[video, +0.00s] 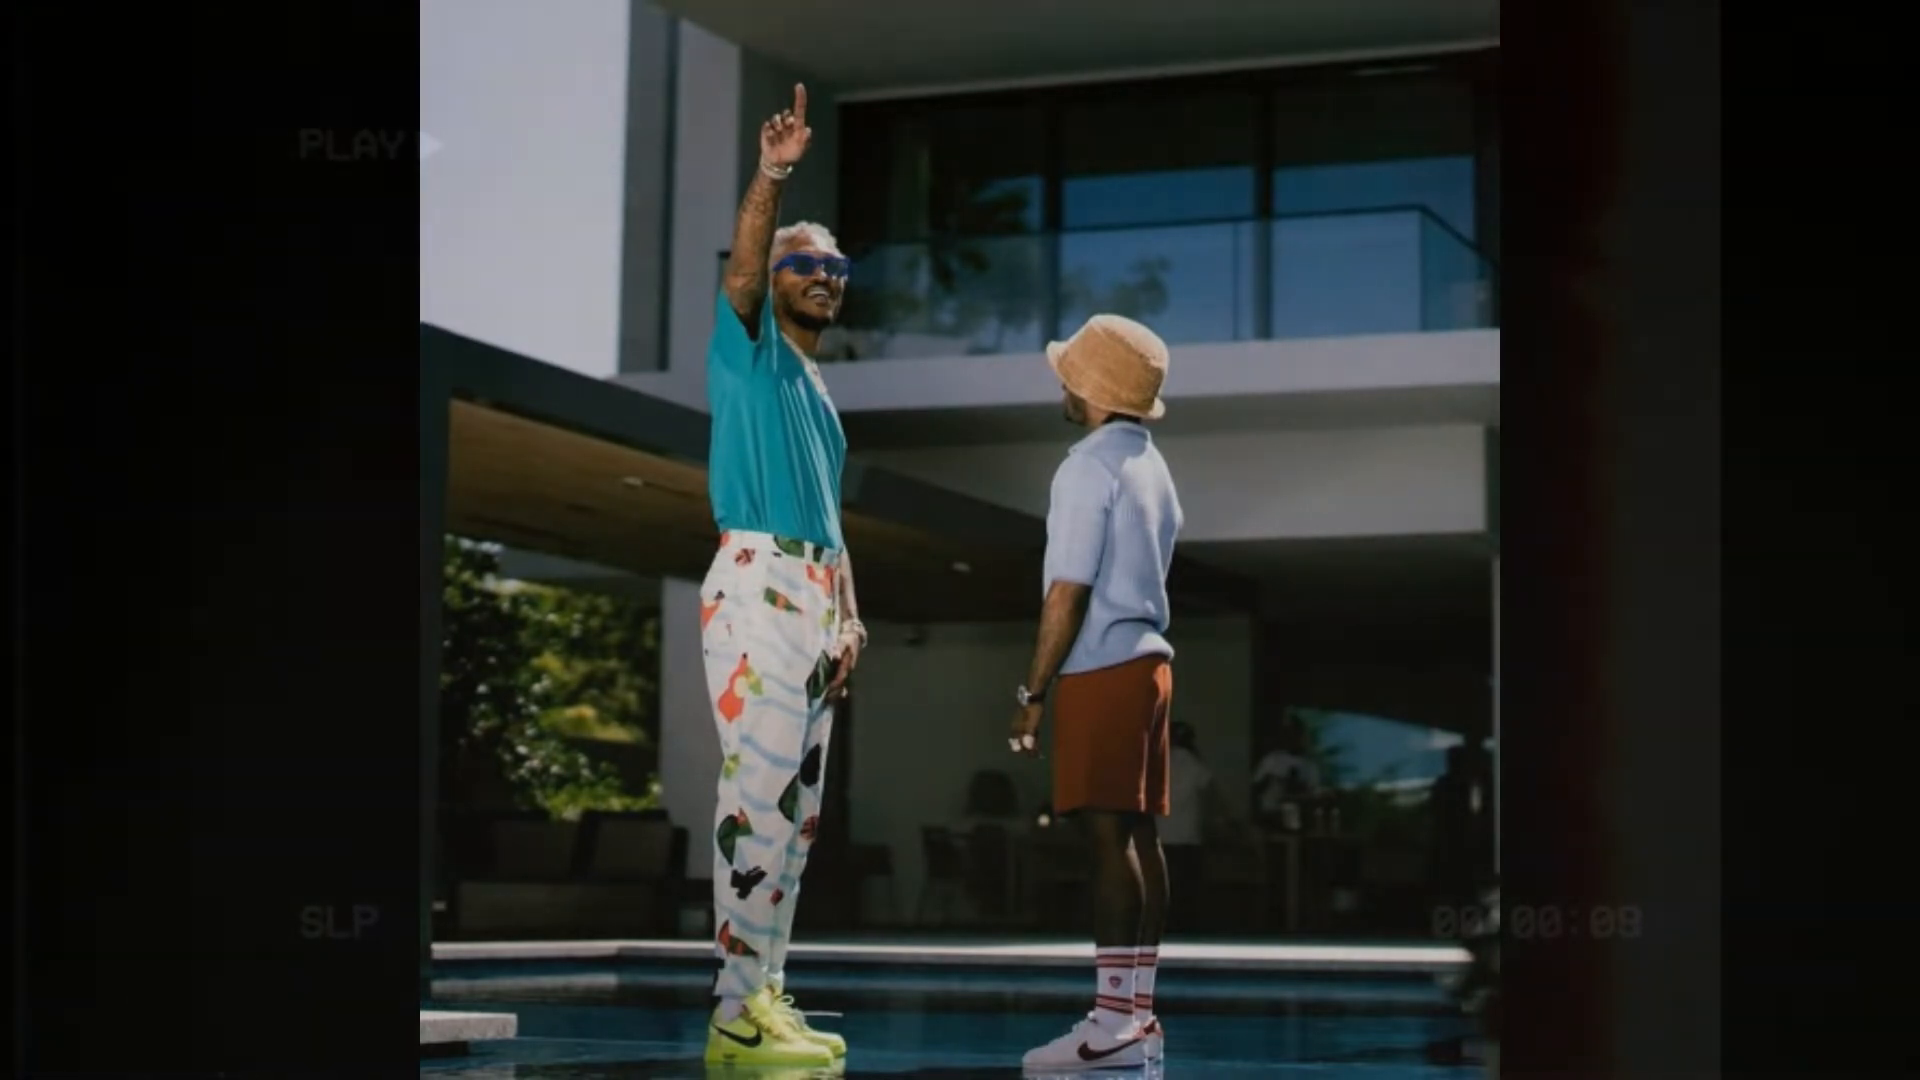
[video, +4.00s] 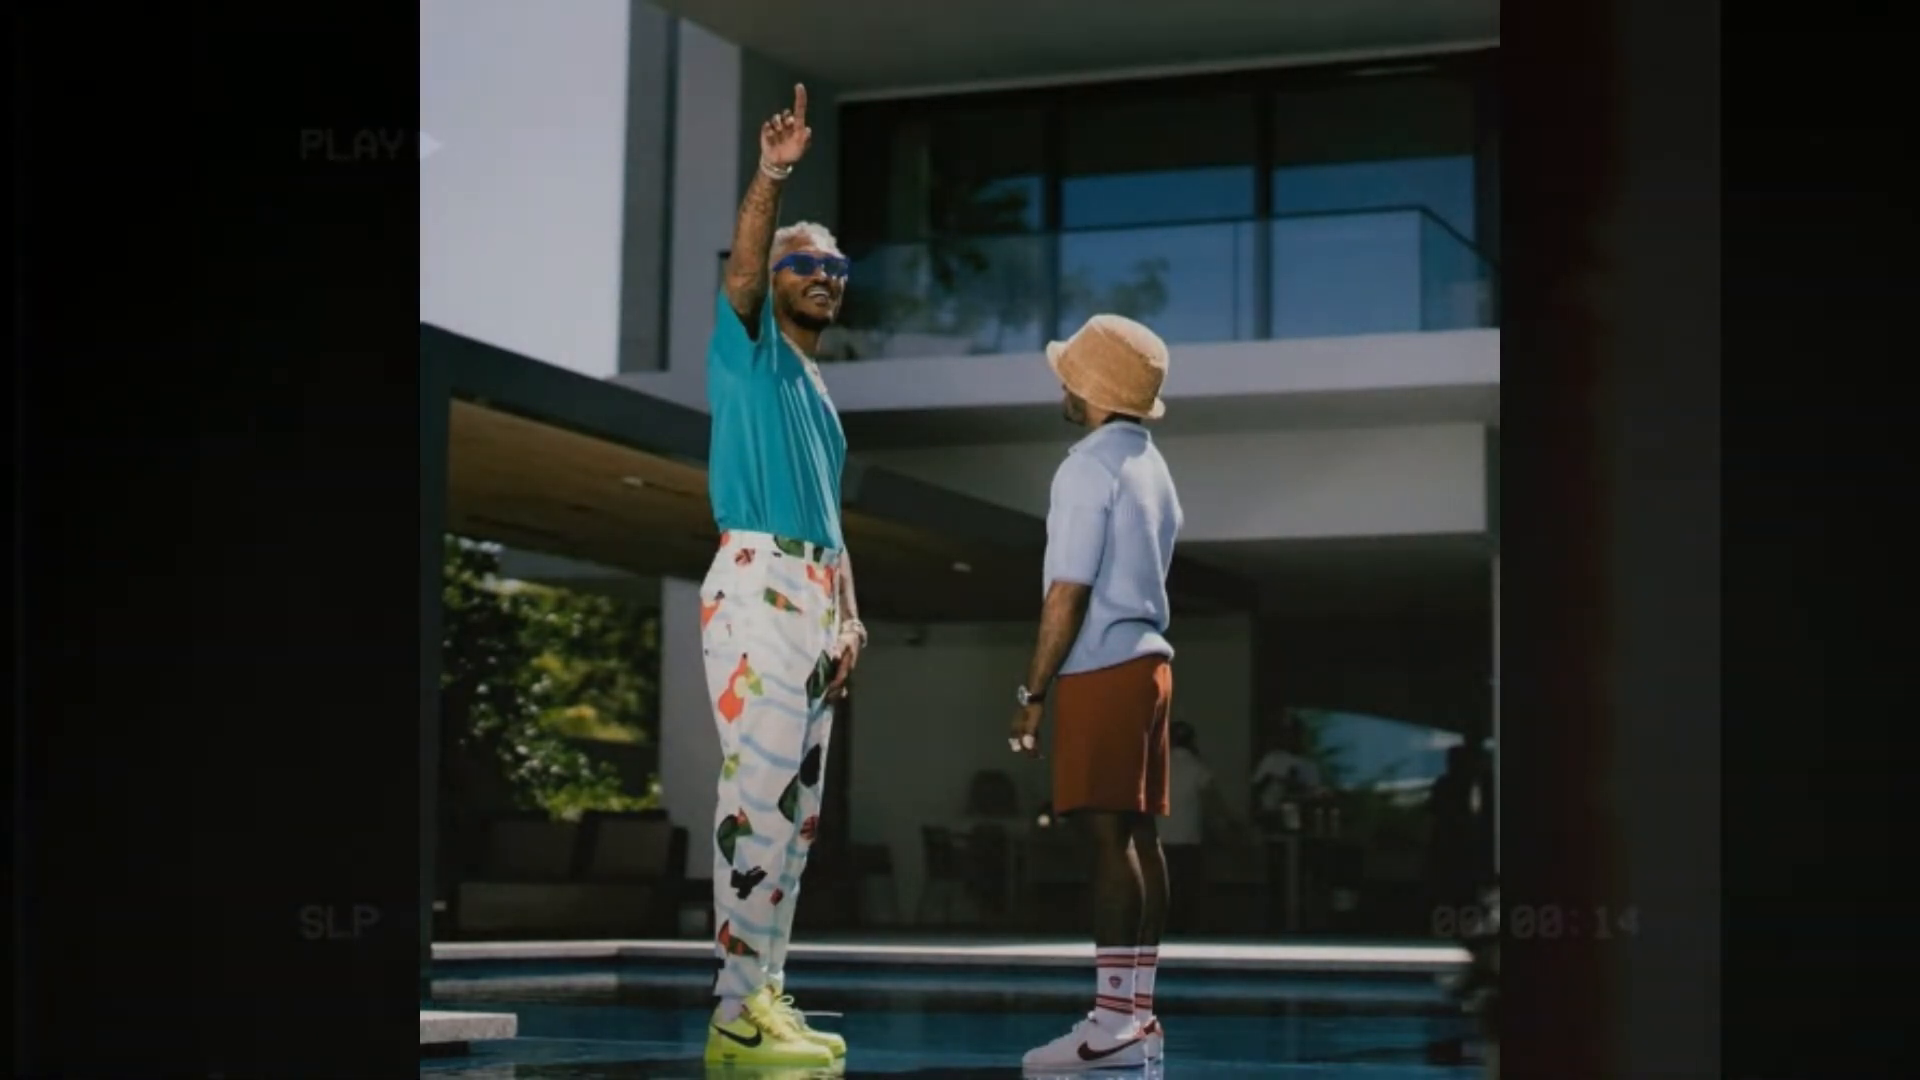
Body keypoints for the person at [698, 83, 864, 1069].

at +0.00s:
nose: (823, 283)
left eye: (834, 274)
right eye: (806, 268)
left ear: (841, 293)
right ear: (770, 278)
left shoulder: (818, 394)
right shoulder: (744, 343)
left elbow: (828, 520)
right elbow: (744, 268)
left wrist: (847, 612)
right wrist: (769, 174)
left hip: (814, 589)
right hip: (756, 581)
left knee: (794, 798)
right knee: (759, 791)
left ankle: (756, 1003)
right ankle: (746, 1003)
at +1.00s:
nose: (823, 283)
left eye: (834, 273)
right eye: (806, 268)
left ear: (841, 292)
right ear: (770, 277)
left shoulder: (818, 393)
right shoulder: (744, 342)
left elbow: (827, 519)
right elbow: (744, 267)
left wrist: (847, 612)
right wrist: (770, 173)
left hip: (814, 590)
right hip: (756, 582)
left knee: (794, 798)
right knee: (759, 791)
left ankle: (756, 1003)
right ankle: (747, 1003)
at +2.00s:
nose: (823, 282)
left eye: (834, 273)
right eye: (806, 268)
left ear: (841, 293)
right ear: (770, 278)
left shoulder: (818, 395)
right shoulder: (744, 343)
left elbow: (827, 520)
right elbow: (743, 268)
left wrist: (847, 613)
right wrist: (770, 173)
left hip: (814, 590)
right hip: (756, 582)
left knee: (794, 798)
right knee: (758, 791)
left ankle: (757, 1002)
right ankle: (746, 1003)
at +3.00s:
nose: (823, 284)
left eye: (834, 274)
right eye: (806, 268)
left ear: (841, 293)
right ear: (770, 278)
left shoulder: (817, 393)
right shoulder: (744, 343)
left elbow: (827, 519)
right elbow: (743, 269)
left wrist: (847, 613)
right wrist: (770, 174)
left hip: (814, 589)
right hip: (756, 581)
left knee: (794, 797)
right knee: (758, 790)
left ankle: (756, 1004)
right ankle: (748, 1001)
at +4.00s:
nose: (823, 283)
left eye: (834, 274)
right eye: (806, 268)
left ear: (841, 293)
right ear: (770, 278)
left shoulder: (817, 393)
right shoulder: (744, 343)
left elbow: (827, 519)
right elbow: (743, 268)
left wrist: (846, 612)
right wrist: (770, 174)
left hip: (814, 590)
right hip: (756, 582)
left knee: (793, 799)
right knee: (759, 791)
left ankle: (754, 1007)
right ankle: (748, 1004)